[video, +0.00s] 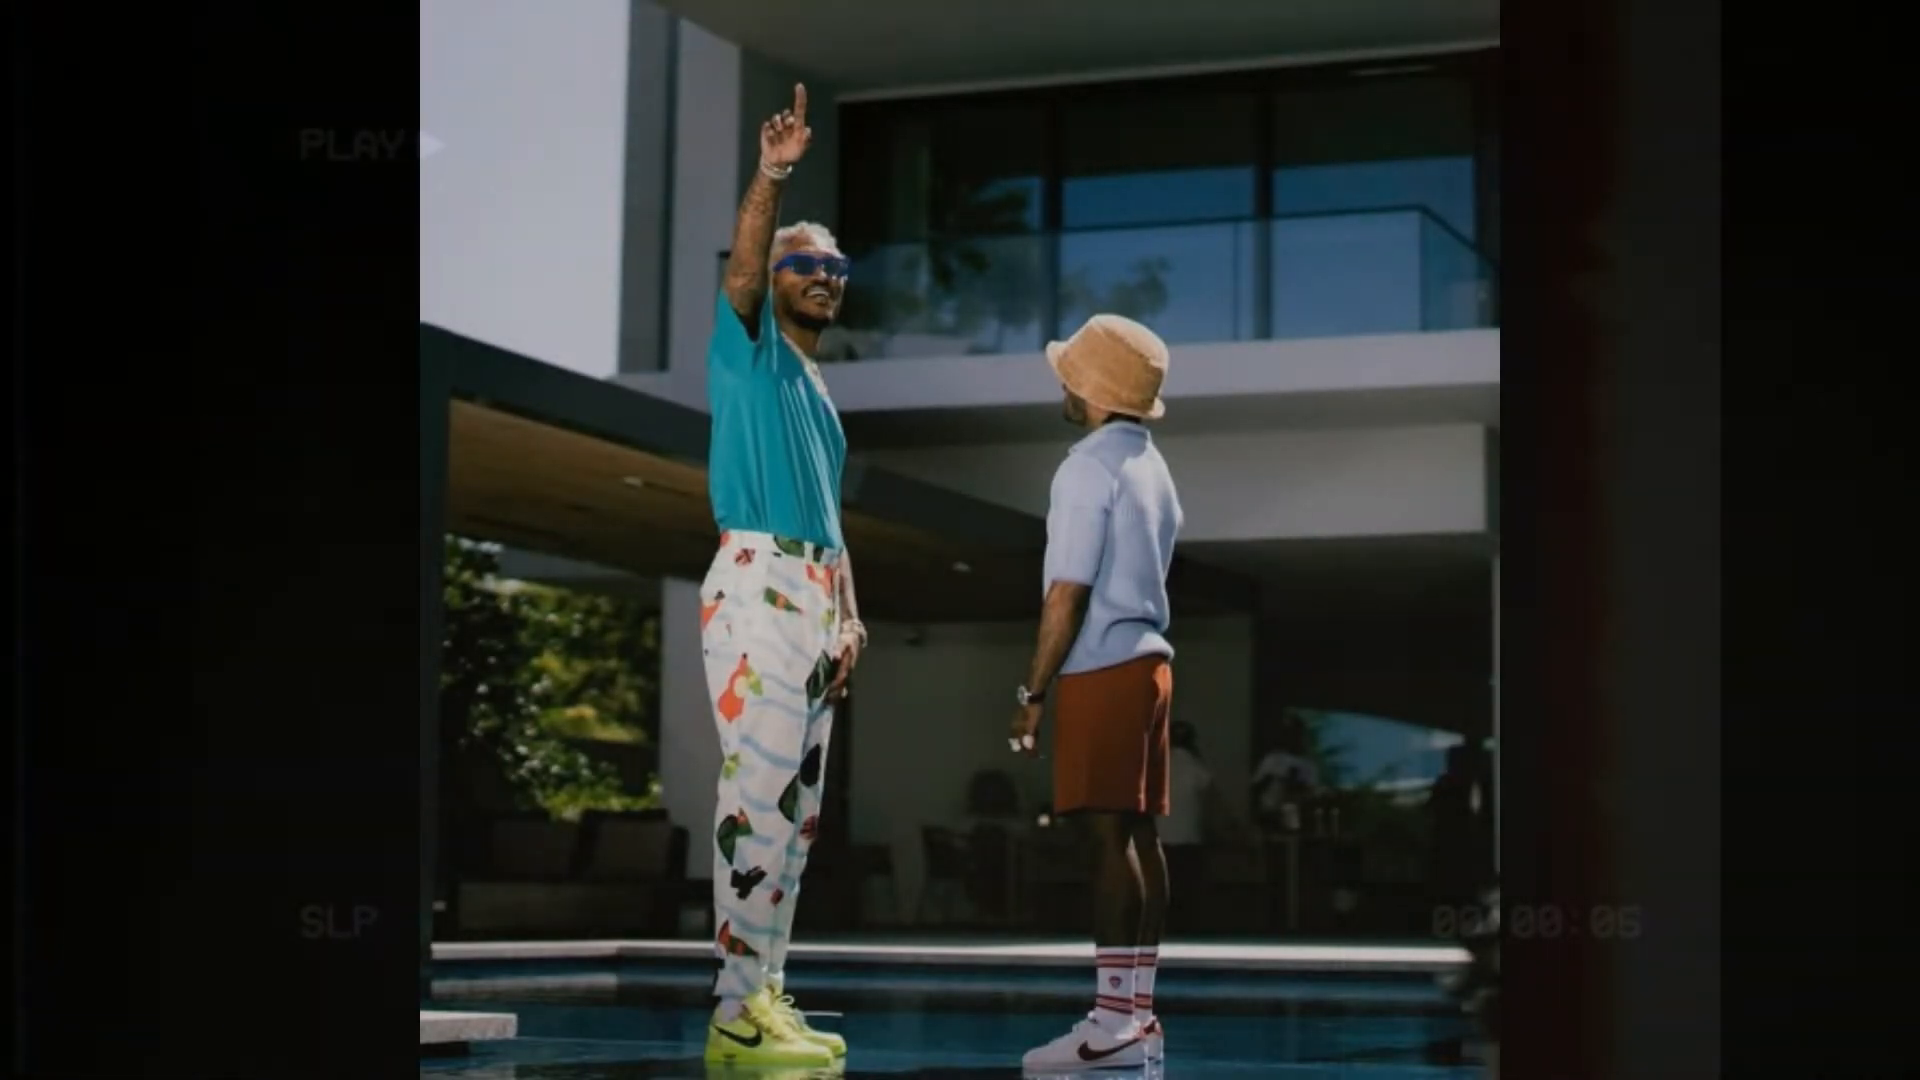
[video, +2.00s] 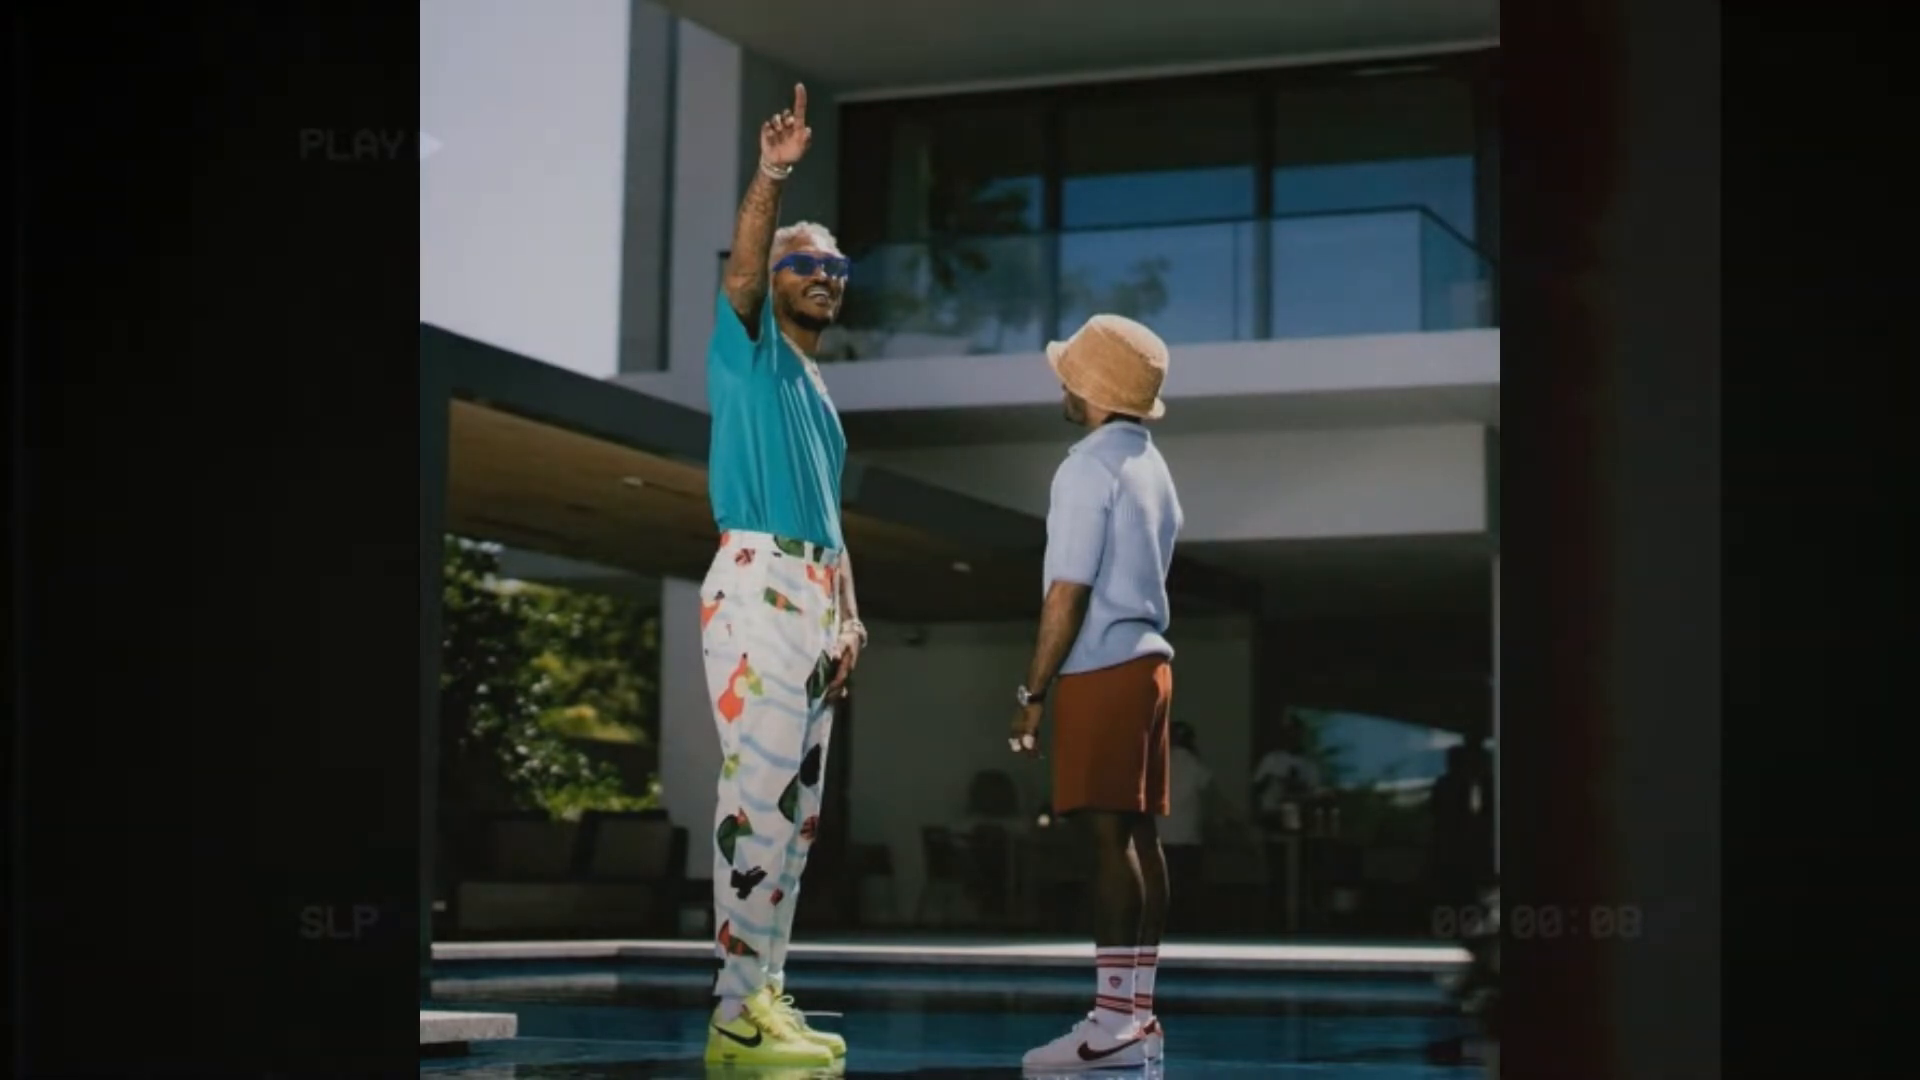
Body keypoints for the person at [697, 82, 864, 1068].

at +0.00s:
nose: (823, 281)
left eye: (833, 272)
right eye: (805, 267)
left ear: (841, 292)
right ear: (770, 278)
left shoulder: (818, 394)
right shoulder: (744, 344)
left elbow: (826, 520)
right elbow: (744, 267)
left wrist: (847, 612)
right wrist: (770, 173)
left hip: (814, 590)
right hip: (756, 581)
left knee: (794, 798)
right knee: (759, 791)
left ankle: (757, 1005)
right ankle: (747, 1006)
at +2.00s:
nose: (823, 282)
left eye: (834, 273)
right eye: (805, 268)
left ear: (842, 293)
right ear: (770, 278)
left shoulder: (819, 395)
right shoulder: (744, 344)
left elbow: (828, 520)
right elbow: (744, 266)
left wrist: (847, 612)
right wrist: (770, 173)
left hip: (814, 590)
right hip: (756, 582)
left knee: (794, 798)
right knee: (759, 793)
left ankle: (759, 1000)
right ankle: (745, 1006)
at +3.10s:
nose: (823, 283)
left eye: (833, 274)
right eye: (806, 268)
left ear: (841, 293)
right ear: (770, 278)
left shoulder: (818, 394)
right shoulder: (744, 343)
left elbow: (827, 520)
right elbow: (743, 267)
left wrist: (847, 612)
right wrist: (770, 173)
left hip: (814, 589)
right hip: (756, 581)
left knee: (794, 798)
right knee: (759, 791)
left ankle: (756, 1003)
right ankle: (747, 1002)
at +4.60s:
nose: (823, 283)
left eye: (834, 274)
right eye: (806, 268)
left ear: (841, 293)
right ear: (770, 278)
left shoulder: (818, 394)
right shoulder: (744, 343)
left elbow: (827, 520)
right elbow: (743, 268)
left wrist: (847, 612)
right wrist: (769, 174)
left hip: (814, 590)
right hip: (756, 582)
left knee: (794, 797)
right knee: (758, 790)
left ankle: (756, 1003)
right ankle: (748, 1001)